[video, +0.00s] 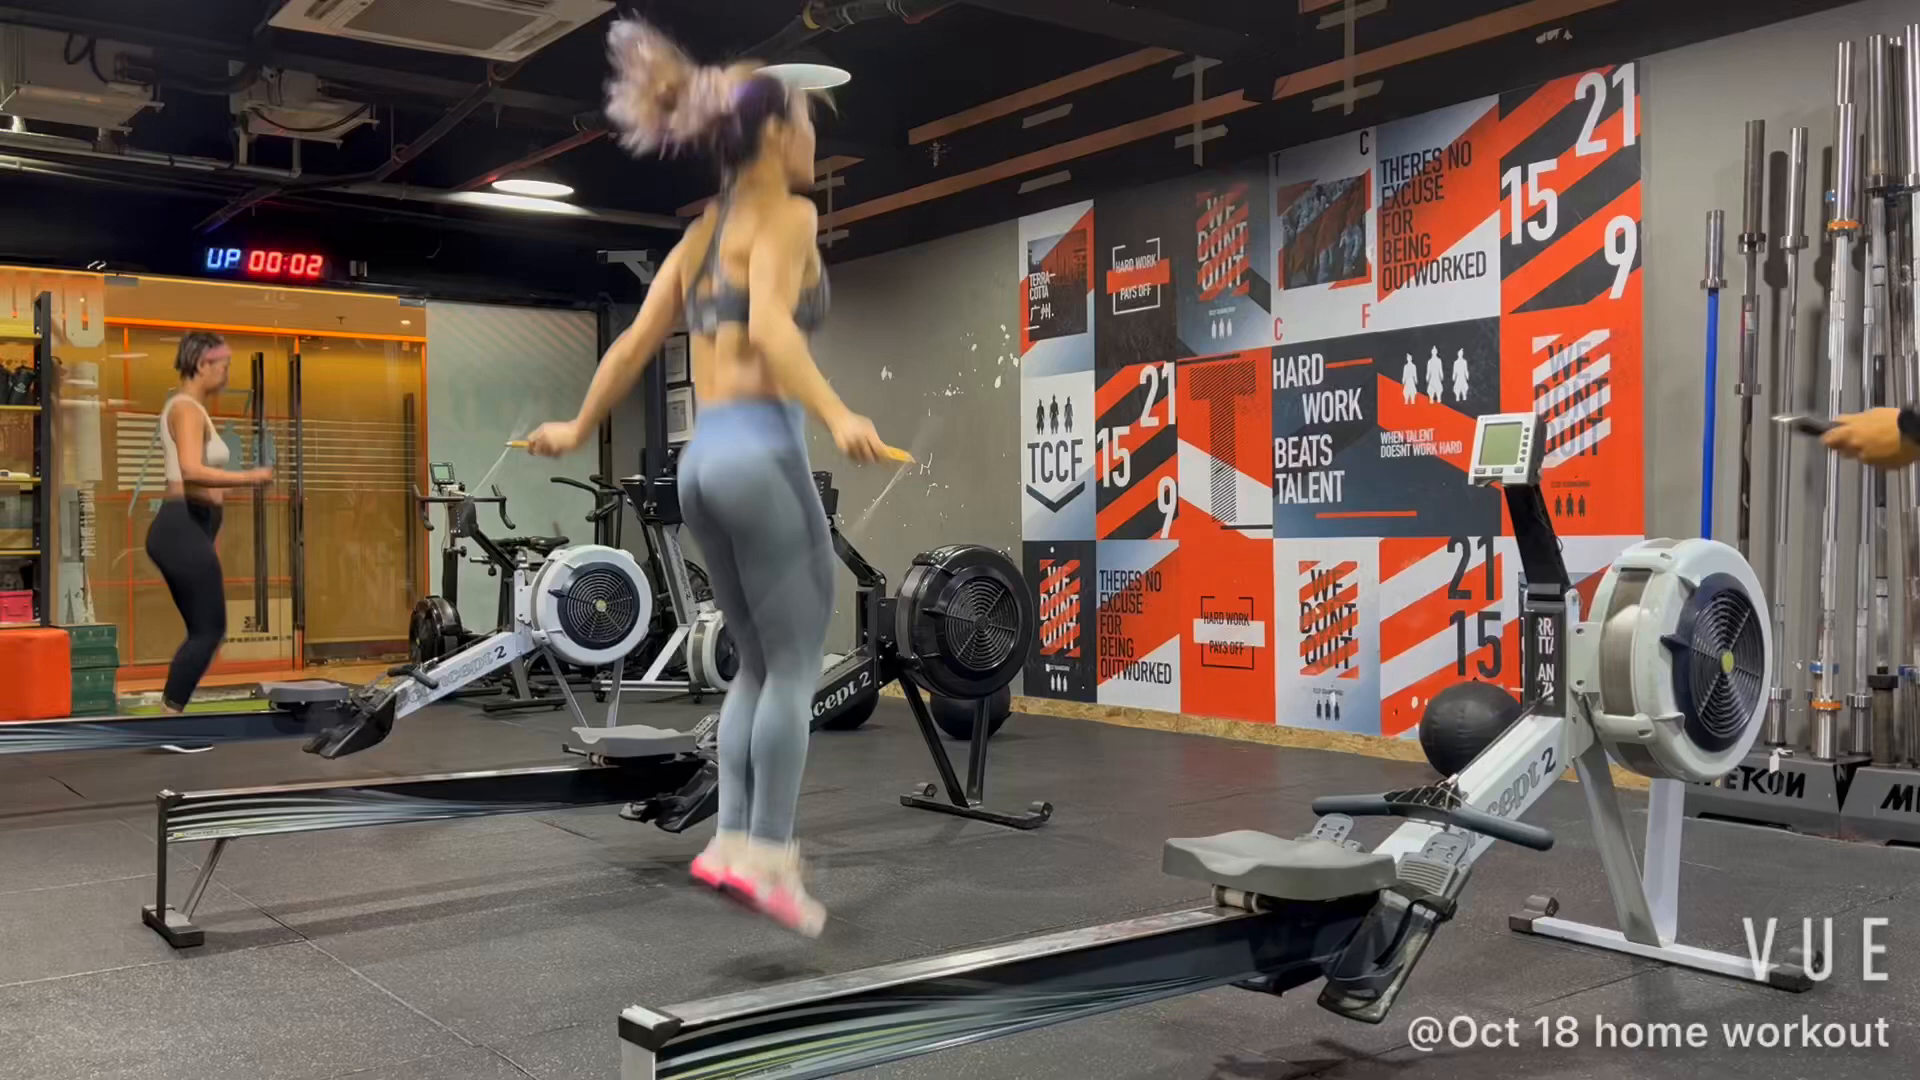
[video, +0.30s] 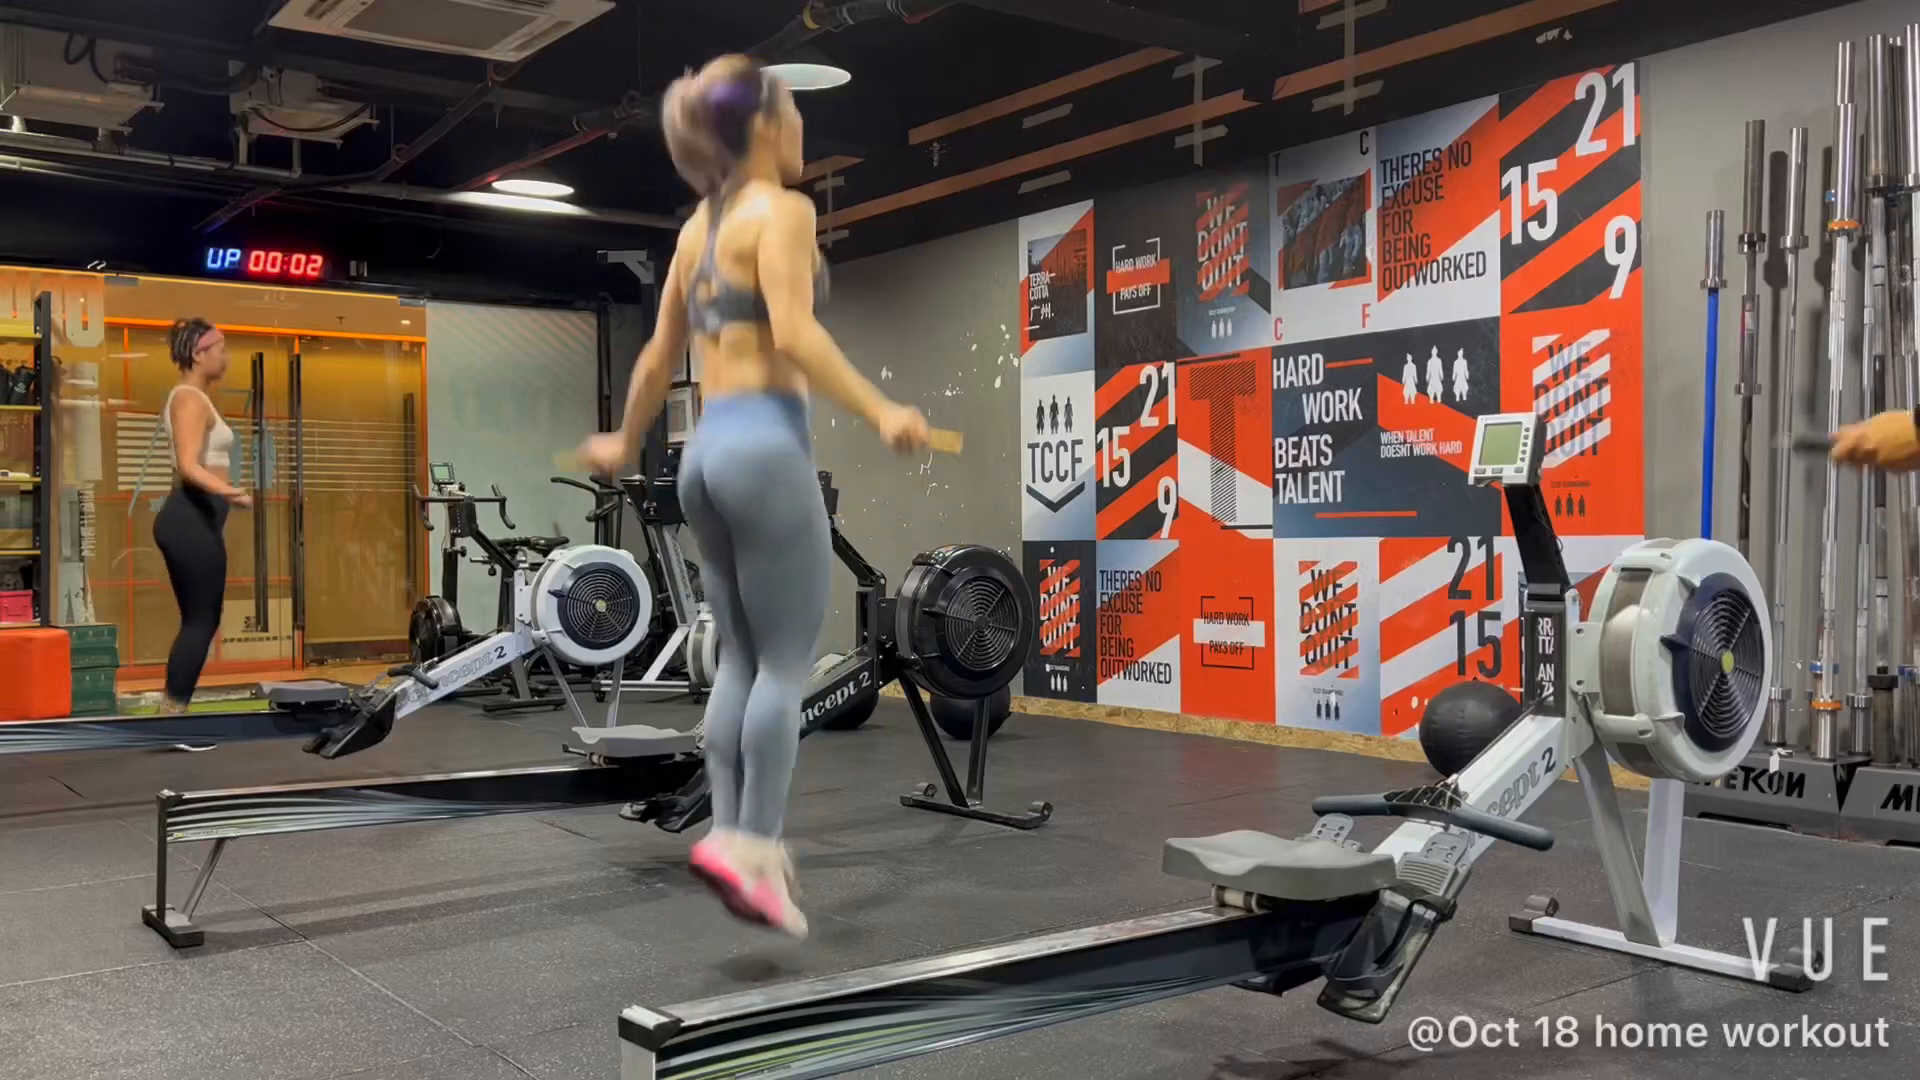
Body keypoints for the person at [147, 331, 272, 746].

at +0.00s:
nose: (227, 373)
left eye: (228, 365)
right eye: (222, 365)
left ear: (205, 364)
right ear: (201, 364)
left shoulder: (195, 408)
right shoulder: (186, 409)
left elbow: (196, 480)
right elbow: (191, 471)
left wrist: (234, 489)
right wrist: (247, 478)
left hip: (188, 529)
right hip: (180, 529)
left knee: (206, 628)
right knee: (208, 628)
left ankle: (170, 710)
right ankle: (169, 711)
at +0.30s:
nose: (225, 355)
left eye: (223, 347)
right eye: (218, 348)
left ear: (201, 354)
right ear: (197, 353)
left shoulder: (196, 396)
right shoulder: (188, 398)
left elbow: (196, 464)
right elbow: (188, 465)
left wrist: (227, 492)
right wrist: (230, 491)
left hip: (195, 519)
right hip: (187, 520)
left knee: (204, 618)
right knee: (201, 619)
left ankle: (175, 708)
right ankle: (173, 711)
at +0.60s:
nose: (226, 340)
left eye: (223, 333)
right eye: (218, 334)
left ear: (198, 343)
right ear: (198, 342)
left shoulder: (194, 384)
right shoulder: (193, 385)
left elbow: (187, 454)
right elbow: (189, 452)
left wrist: (215, 483)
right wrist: (214, 485)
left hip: (191, 502)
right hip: (188, 503)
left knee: (207, 605)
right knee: (208, 605)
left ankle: (180, 697)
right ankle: (178, 698)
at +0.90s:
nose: (221, 336)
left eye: (217, 329)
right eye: (213, 331)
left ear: (192, 342)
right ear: (194, 341)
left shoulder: (182, 383)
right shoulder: (194, 384)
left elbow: (187, 452)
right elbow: (196, 450)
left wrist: (213, 487)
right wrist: (218, 492)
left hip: (182, 497)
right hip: (191, 498)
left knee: (197, 604)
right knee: (202, 604)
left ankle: (182, 695)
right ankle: (182, 696)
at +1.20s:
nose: (218, 355)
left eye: (214, 347)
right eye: (212, 348)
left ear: (190, 358)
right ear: (196, 357)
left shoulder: (176, 402)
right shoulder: (193, 404)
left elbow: (186, 475)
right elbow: (197, 473)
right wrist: (241, 506)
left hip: (175, 517)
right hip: (190, 520)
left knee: (194, 627)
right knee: (201, 627)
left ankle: (165, 713)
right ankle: (164, 715)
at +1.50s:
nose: (216, 355)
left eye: (212, 347)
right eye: (211, 348)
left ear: (187, 361)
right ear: (194, 359)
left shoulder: (169, 406)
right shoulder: (193, 406)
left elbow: (175, 473)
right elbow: (192, 471)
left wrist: (224, 485)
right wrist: (235, 484)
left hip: (169, 520)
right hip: (188, 521)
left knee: (196, 627)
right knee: (213, 624)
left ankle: (165, 714)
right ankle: (167, 716)